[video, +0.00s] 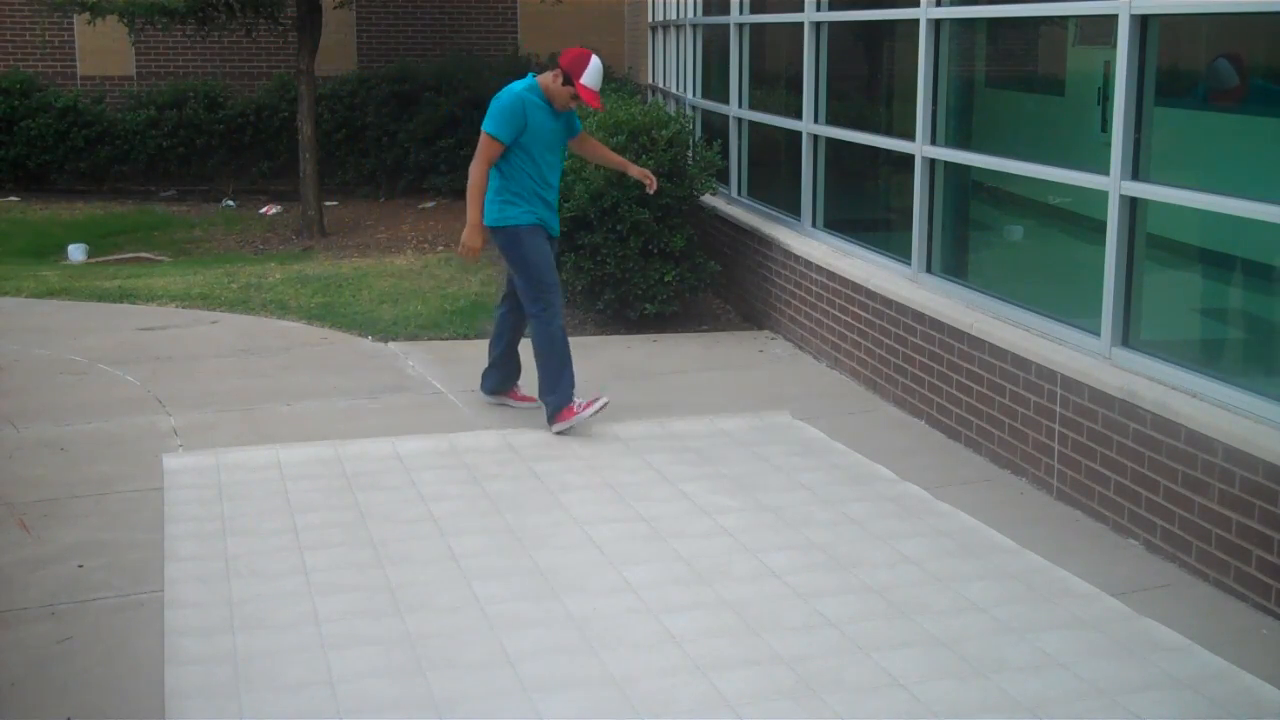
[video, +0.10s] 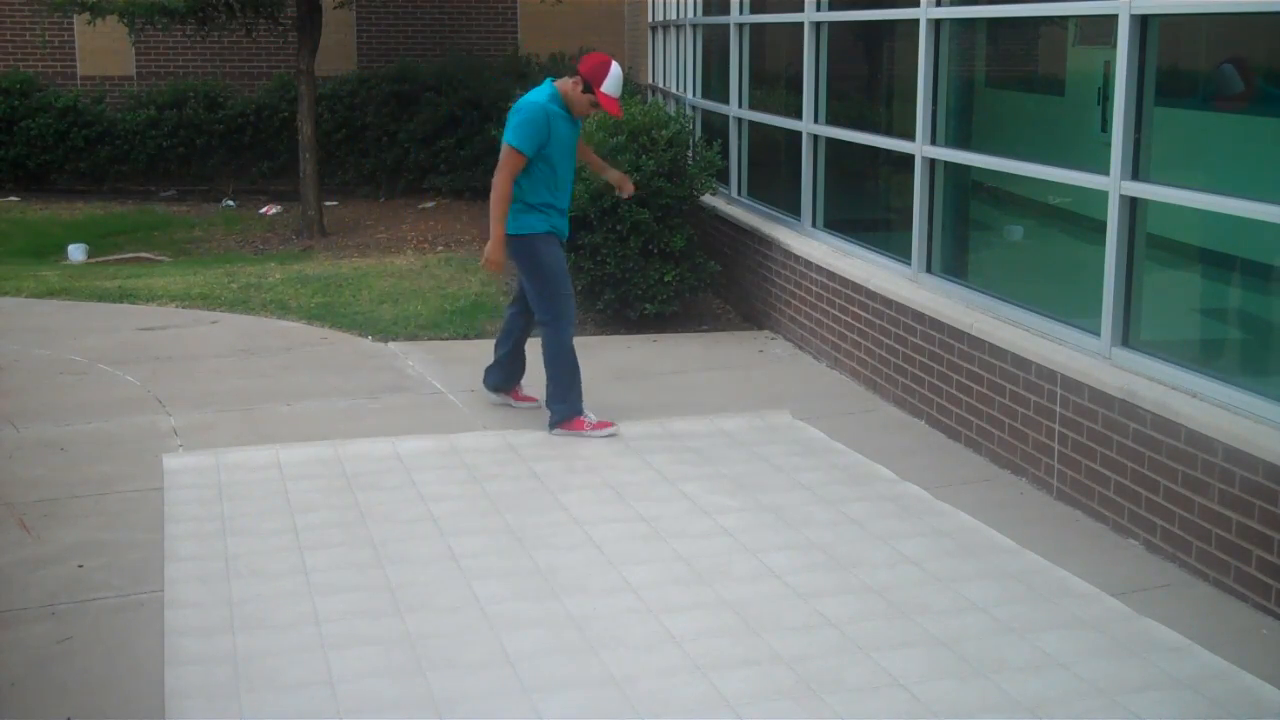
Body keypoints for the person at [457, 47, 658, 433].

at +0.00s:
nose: (574, 105)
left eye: (579, 101)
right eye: (574, 97)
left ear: (570, 85)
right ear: (558, 77)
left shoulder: (561, 110)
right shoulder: (513, 100)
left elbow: (584, 144)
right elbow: (479, 163)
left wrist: (630, 168)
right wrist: (474, 224)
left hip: (543, 220)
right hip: (512, 218)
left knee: (518, 302)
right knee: (546, 301)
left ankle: (498, 381)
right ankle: (559, 407)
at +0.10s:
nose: (592, 113)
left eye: (598, 108)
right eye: (592, 104)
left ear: (582, 88)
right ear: (576, 83)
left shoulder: (565, 108)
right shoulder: (534, 110)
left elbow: (575, 147)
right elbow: (502, 176)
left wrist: (610, 174)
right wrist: (496, 240)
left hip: (550, 226)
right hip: (527, 227)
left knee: (527, 306)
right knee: (558, 315)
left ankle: (502, 378)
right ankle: (566, 414)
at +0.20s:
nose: (614, 127)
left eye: (619, 123)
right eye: (614, 120)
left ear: (603, 99)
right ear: (598, 98)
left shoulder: (580, 106)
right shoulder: (556, 122)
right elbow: (523, 186)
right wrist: (531, 253)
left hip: (555, 226)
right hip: (541, 230)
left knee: (550, 304)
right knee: (568, 317)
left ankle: (508, 369)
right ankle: (567, 415)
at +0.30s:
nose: (625, 138)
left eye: (631, 133)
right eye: (624, 130)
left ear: (613, 105)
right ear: (608, 109)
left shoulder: (592, 96)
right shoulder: (569, 133)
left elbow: (544, 126)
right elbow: (536, 195)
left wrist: (518, 162)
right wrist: (567, 255)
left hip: (567, 222)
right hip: (536, 229)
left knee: (579, 302)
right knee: (565, 313)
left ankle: (519, 359)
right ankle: (567, 415)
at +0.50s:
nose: (636, 146)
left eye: (643, 142)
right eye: (636, 139)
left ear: (628, 109)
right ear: (623, 117)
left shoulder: (604, 93)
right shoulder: (585, 138)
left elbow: (550, 111)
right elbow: (558, 205)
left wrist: (518, 141)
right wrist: (599, 257)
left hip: (579, 213)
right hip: (542, 221)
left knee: (605, 299)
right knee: (565, 314)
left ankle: (582, 386)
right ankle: (566, 415)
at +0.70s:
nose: (637, 137)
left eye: (641, 132)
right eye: (635, 130)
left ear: (624, 107)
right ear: (617, 112)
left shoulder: (613, 98)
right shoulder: (576, 137)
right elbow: (559, 208)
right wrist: (590, 265)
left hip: (598, 224)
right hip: (556, 231)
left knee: (615, 312)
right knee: (578, 321)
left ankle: (631, 407)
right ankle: (566, 416)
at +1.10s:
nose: (640, 129)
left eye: (643, 121)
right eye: (633, 124)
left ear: (646, 107)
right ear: (608, 118)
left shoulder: (657, 115)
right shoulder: (576, 147)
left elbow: (681, 145)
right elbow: (548, 210)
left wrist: (716, 178)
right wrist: (543, 268)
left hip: (659, 234)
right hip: (610, 240)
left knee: (685, 316)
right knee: (609, 326)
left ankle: (717, 399)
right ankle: (569, 412)